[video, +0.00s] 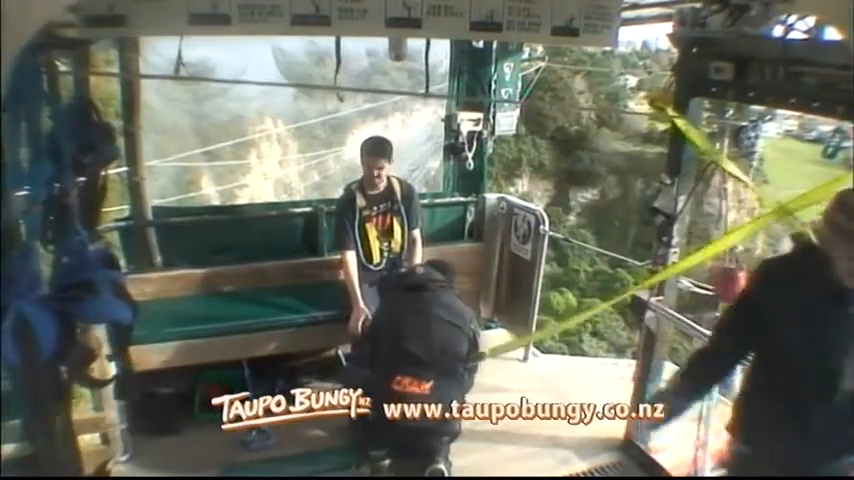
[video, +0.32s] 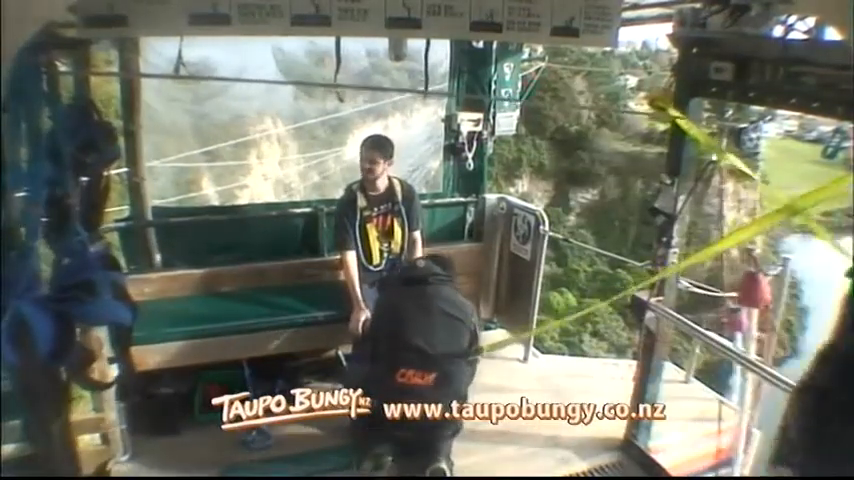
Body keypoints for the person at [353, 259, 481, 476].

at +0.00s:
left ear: (419, 276)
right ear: (450, 284)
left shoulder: (390, 305)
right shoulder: (464, 314)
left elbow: (366, 354)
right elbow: (470, 367)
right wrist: (456, 395)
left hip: (387, 409)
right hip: (440, 411)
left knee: (353, 375)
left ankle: (376, 454)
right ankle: (439, 459)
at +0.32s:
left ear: (411, 273)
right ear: (449, 278)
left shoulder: (389, 298)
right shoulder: (464, 307)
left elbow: (370, 351)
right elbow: (471, 359)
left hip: (390, 397)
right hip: (443, 400)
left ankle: (377, 447)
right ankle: (440, 458)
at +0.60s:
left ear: (410, 265)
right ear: (449, 269)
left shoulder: (390, 292)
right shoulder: (465, 299)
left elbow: (369, 344)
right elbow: (473, 346)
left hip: (393, 393)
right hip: (447, 396)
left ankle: (378, 445)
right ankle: (438, 458)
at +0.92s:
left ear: (416, 262)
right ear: (446, 269)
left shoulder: (388, 294)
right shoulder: (461, 303)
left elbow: (365, 346)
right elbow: (467, 355)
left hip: (388, 404)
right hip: (440, 407)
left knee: (354, 370)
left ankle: (377, 445)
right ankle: (437, 455)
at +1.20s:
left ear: (411, 265)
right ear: (442, 271)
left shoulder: (383, 297)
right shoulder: (455, 304)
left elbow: (364, 349)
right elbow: (463, 353)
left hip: (385, 412)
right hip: (435, 415)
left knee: (353, 370)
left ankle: (376, 447)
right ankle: (437, 456)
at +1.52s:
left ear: (410, 269)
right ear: (440, 274)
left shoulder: (380, 301)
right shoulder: (453, 306)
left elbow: (364, 351)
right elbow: (462, 356)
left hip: (384, 416)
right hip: (436, 421)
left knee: (353, 370)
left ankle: (376, 449)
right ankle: (437, 458)